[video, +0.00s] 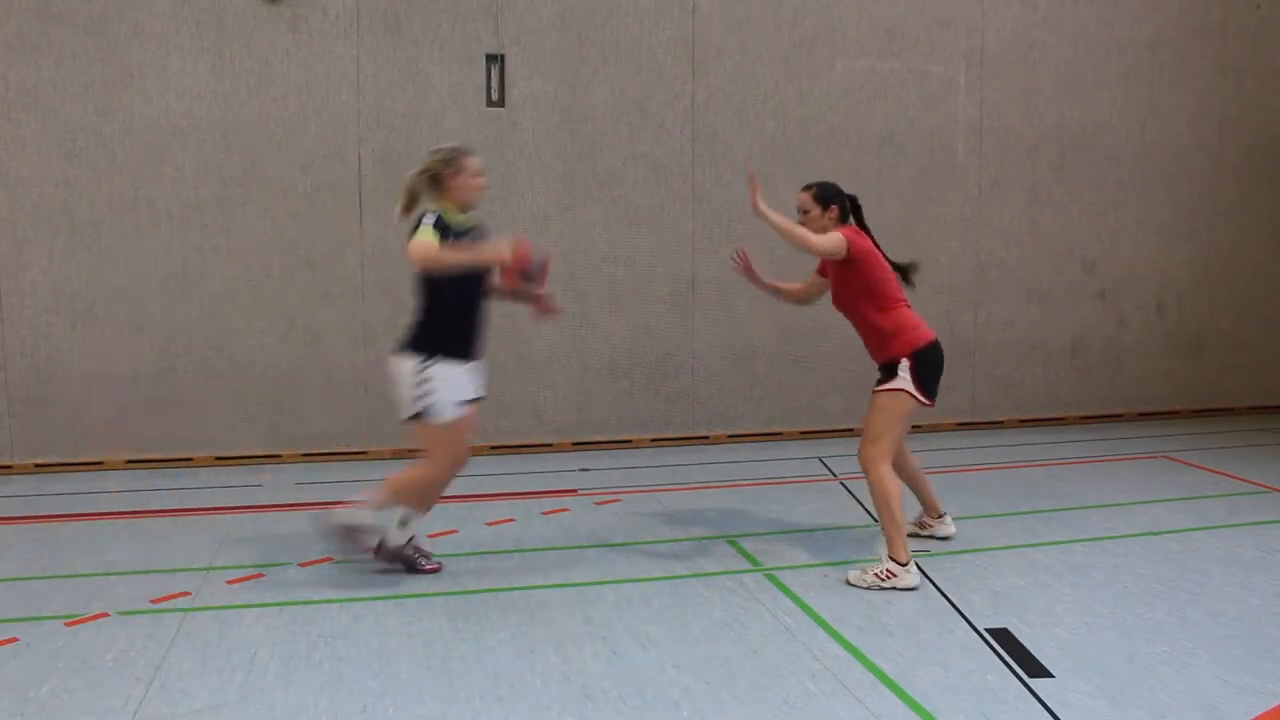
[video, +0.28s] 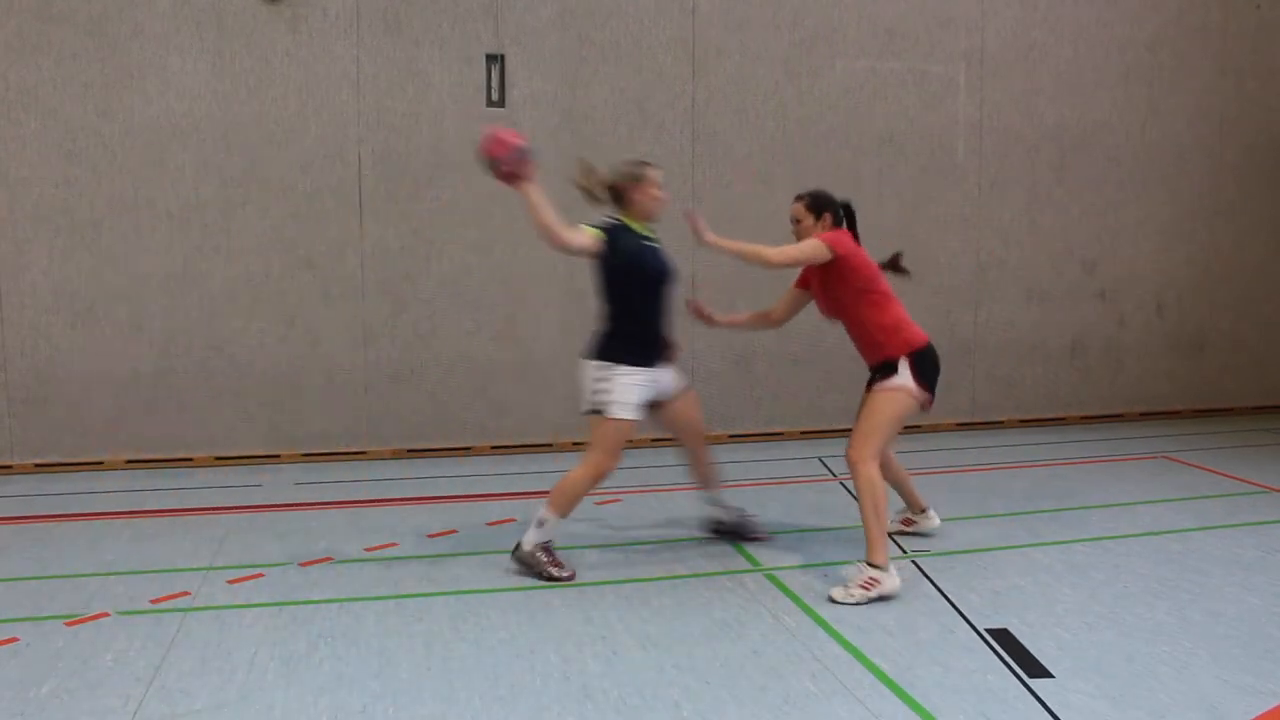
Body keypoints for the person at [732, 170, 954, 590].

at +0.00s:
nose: (799, 221)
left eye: (804, 212)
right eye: (797, 213)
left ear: (831, 211)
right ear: (828, 214)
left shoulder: (849, 238)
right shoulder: (836, 256)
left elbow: (814, 242)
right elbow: (803, 294)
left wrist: (764, 213)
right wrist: (759, 281)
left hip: (912, 358)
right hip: (900, 360)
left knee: (873, 455)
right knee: (883, 442)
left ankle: (899, 563)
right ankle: (935, 516)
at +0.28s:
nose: (793, 230)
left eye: (799, 222)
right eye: (792, 224)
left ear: (825, 220)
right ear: (817, 223)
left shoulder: (837, 243)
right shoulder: (817, 268)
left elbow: (775, 257)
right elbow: (775, 316)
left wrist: (713, 241)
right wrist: (717, 319)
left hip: (907, 360)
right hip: (888, 365)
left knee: (861, 456)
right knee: (872, 448)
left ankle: (880, 571)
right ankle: (921, 512)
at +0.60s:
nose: (788, 256)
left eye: (797, 250)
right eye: (788, 250)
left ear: (821, 258)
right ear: (790, 258)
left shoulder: (825, 278)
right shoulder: (808, 300)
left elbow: (800, 296)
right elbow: (805, 365)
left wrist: (761, 270)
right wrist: (765, 336)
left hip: (880, 402)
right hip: (870, 404)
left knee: (823, 478)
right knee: (860, 485)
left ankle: (877, 576)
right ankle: (931, 517)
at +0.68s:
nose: (794, 256)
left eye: (804, 250)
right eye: (793, 250)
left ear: (826, 259)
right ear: (793, 258)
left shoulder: (830, 281)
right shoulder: (801, 303)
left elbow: (812, 300)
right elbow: (802, 365)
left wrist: (775, 272)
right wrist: (763, 322)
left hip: (880, 405)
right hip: (865, 407)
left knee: (820, 479)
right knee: (866, 492)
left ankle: (876, 576)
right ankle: (933, 517)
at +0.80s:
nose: (798, 257)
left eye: (808, 251)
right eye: (794, 251)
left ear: (826, 260)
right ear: (788, 257)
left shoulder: (833, 283)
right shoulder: (786, 300)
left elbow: (827, 299)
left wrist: (777, 273)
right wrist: (729, 287)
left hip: (884, 405)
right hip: (857, 411)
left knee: (826, 474)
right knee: (872, 491)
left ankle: (875, 574)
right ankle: (938, 516)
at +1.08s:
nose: (775, 265)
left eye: (783, 256)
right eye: (768, 259)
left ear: (801, 260)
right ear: (761, 266)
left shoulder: (823, 285)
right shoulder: (765, 308)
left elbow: (800, 301)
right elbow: (733, 358)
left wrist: (747, 266)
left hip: (884, 393)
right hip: (852, 402)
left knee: (822, 478)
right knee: (883, 460)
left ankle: (875, 571)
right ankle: (928, 497)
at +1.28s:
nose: (769, 232)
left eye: (777, 225)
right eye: (764, 226)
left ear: (800, 225)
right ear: (756, 230)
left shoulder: (817, 251)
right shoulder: (759, 269)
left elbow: (773, 259)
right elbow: (721, 298)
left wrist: (731, 248)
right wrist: (673, 319)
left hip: (878, 364)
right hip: (846, 369)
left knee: (824, 467)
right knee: (840, 448)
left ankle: (874, 566)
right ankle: (889, 497)